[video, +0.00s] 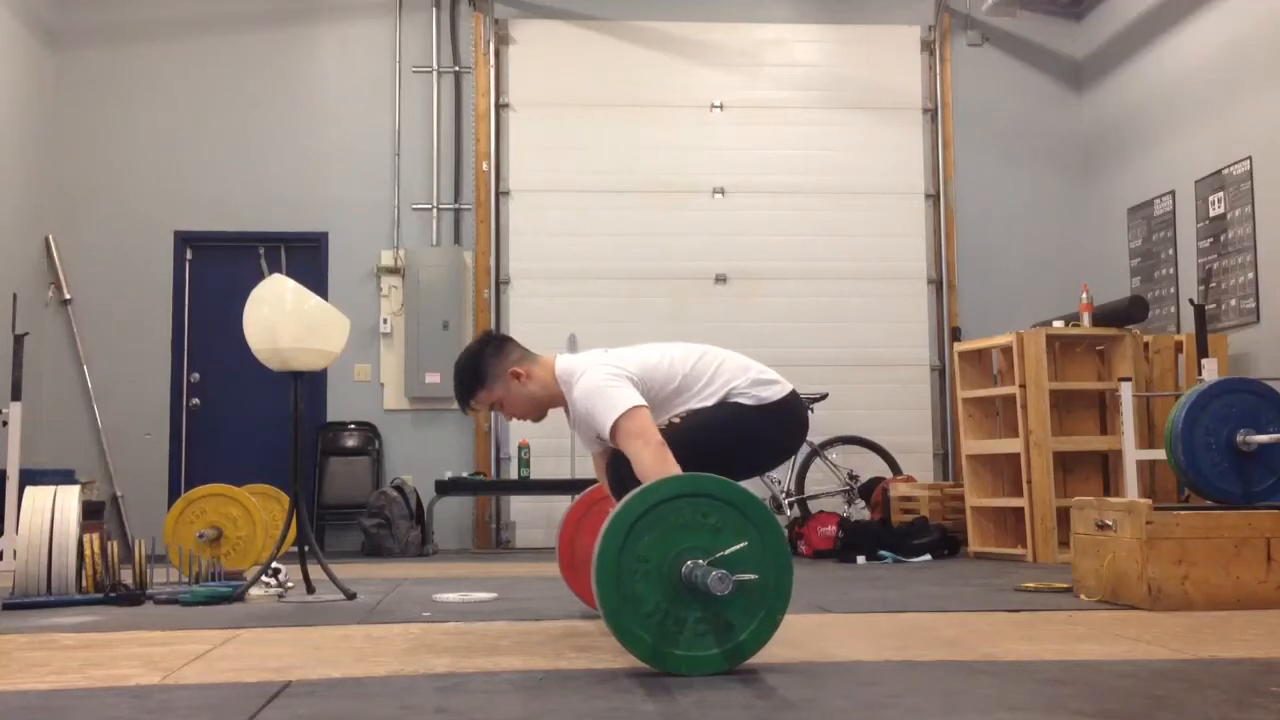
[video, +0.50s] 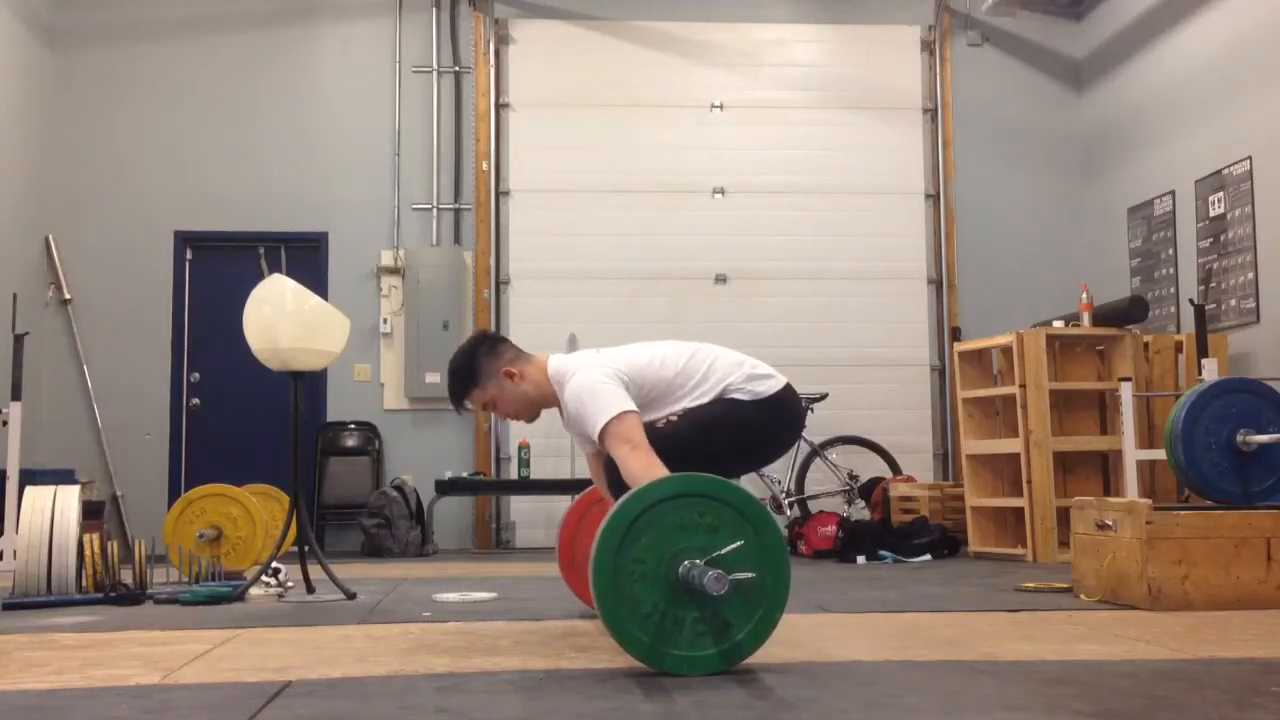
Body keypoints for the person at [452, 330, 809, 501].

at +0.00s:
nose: (505, 418)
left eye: (498, 406)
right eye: (495, 412)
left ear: (518, 376)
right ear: (520, 375)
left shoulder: (591, 382)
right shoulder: (576, 399)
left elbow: (648, 445)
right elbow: (609, 469)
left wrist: (687, 536)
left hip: (767, 409)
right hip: (742, 411)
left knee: (630, 466)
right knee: (618, 467)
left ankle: (692, 565)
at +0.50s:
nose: (499, 418)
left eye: (491, 405)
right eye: (489, 411)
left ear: (511, 375)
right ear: (513, 374)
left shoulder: (584, 382)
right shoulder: (571, 396)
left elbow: (635, 453)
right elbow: (604, 468)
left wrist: (683, 540)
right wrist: (638, 545)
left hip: (763, 405)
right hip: (739, 408)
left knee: (625, 459)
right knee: (611, 465)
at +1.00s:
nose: (498, 411)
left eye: (492, 398)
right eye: (488, 405)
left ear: (515, 370)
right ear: (516, 371)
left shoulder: (586, 379)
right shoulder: (572, 399)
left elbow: (636, 455)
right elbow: (608, 480)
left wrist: (680, 542)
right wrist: (640, 549)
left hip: (766, 405)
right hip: (741, 409)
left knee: (629, 456)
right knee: (615, 468)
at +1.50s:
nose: (496, 411)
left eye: (490, 398)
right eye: (486, 404)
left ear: (513, 370)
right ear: (514, 371)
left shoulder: (584, 379)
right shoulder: (569, 398)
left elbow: (633, 453)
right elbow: (604, 476)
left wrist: (676, 540)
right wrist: (638, 545)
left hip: (764, 406)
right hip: (738, 409)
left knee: (628, 458)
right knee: (613, 469)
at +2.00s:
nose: (495, 412)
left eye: (489, 398)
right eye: (485, 405)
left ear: (513, 370)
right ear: (514, 371)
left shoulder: (584, 379)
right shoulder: (571, 400)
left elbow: (634, 449)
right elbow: (607, 475)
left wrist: (676, 539)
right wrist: (637, 546)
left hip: (764, 406)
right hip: (739, 410)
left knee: (628, 458)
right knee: (614, 469)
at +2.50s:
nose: (495, 416)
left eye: (490, 402)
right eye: (486, 409)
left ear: (514, 375)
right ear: (515, 375)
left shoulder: (585, 383)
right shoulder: (573, 402)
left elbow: (639, 445)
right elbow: (608, 468)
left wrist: (680, 536)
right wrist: (636, 547)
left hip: (764, 409)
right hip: (739, 412)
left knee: (627, 463)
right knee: (614, 465)